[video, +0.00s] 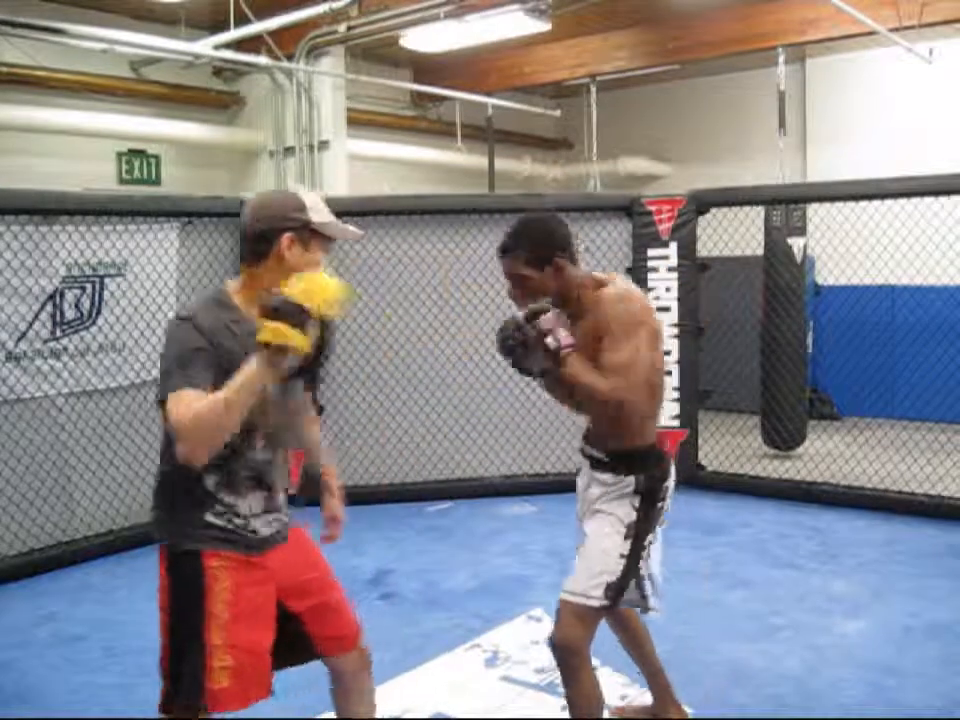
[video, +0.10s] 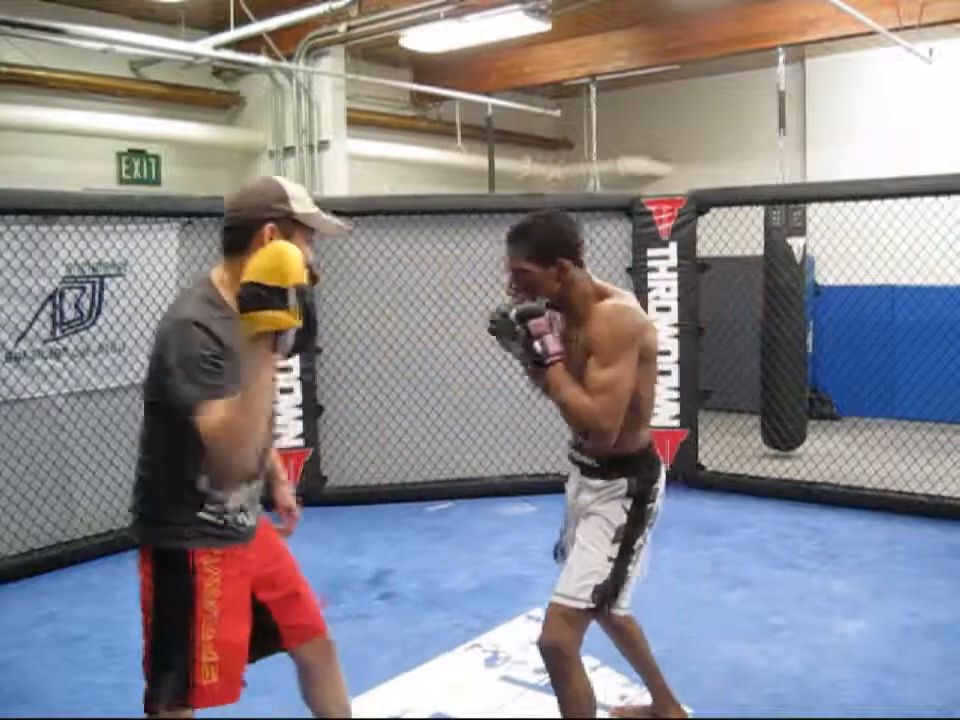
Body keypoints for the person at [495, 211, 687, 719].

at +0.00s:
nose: (514, 294)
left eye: (520, 281)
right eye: (509, 282)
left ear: (558, 267)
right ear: (556, 267)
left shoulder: (623, 307)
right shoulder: (569, 309)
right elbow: (582, 399)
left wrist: (561, 354)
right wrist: (541, 365)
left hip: (633, 481)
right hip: (596, 470)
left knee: (568, 641)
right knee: (611, 601)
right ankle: (667, 703)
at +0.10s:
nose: (513, 286)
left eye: (523, 275)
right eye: (511, 274)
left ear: (562, 269)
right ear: (557, 269)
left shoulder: (615, 317)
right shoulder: (563, 312)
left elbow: (603, 424)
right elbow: (568, 396)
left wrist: (548, 362)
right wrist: (531, 352)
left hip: (625, 484)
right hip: (587, 474)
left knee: (558, 643)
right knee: (602, 605)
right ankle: (666, 703)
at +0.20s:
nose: (519, 276)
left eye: (529, 265)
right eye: (517, 264)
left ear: (570, 256)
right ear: (555, 257)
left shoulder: (629, 302)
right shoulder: (544, 290)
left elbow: (642, 408)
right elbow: (469, 335)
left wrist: (583, 352)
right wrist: (448, 314)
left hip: (620, 471)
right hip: (571, 463)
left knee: (575, 639)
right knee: (611, 596)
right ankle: (666, 702)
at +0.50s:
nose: (510, 274)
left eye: (518, 263)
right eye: (507, 263)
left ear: (556, 253)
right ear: (508, 256)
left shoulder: (617, 285)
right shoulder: (514, 287)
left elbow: (655, 388)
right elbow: (524, 364)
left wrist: (590, 356)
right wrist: (499, 371)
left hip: (599, 454)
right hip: (547, 450)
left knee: (584, 620)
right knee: (566, 596)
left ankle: (600, 710)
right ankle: (596, 698)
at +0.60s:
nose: (497, 270)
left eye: (503, 258)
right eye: (494, 258)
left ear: (543, 248)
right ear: (535, 249)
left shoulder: (605, 290)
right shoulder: (530, 290)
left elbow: (620, 394)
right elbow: (539, 358)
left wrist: (551, 357)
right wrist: (498, 362)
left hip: (589, 459)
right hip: (546, 451)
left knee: (572, 617)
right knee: (552, 593)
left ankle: (591, 712)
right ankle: (579, 698)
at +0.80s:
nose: (474, 256)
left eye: (480, 246)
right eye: (473, 246)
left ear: (513, 241)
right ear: (514, 242)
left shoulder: (561, 289)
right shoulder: (529, 285)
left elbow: (541, 394)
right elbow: (537, 356)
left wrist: (499, 332)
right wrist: (492, 339)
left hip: (584, 449)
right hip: (557, 444)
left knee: (516, 609)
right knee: (541, 574)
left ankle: (530, 712)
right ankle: (587, 685)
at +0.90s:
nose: (466, 288)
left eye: (470, 276)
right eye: (466, 277)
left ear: (499, 276)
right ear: (510, 274)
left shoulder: (550, 327)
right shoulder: (533, 313)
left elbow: (527, 436)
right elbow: (537, 393)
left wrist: (492, 378)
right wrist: (495, 367)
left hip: (581, 482)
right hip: (559, 473)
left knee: (482, 623)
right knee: (550, 587)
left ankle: (476, 713)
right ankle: (605, 678)